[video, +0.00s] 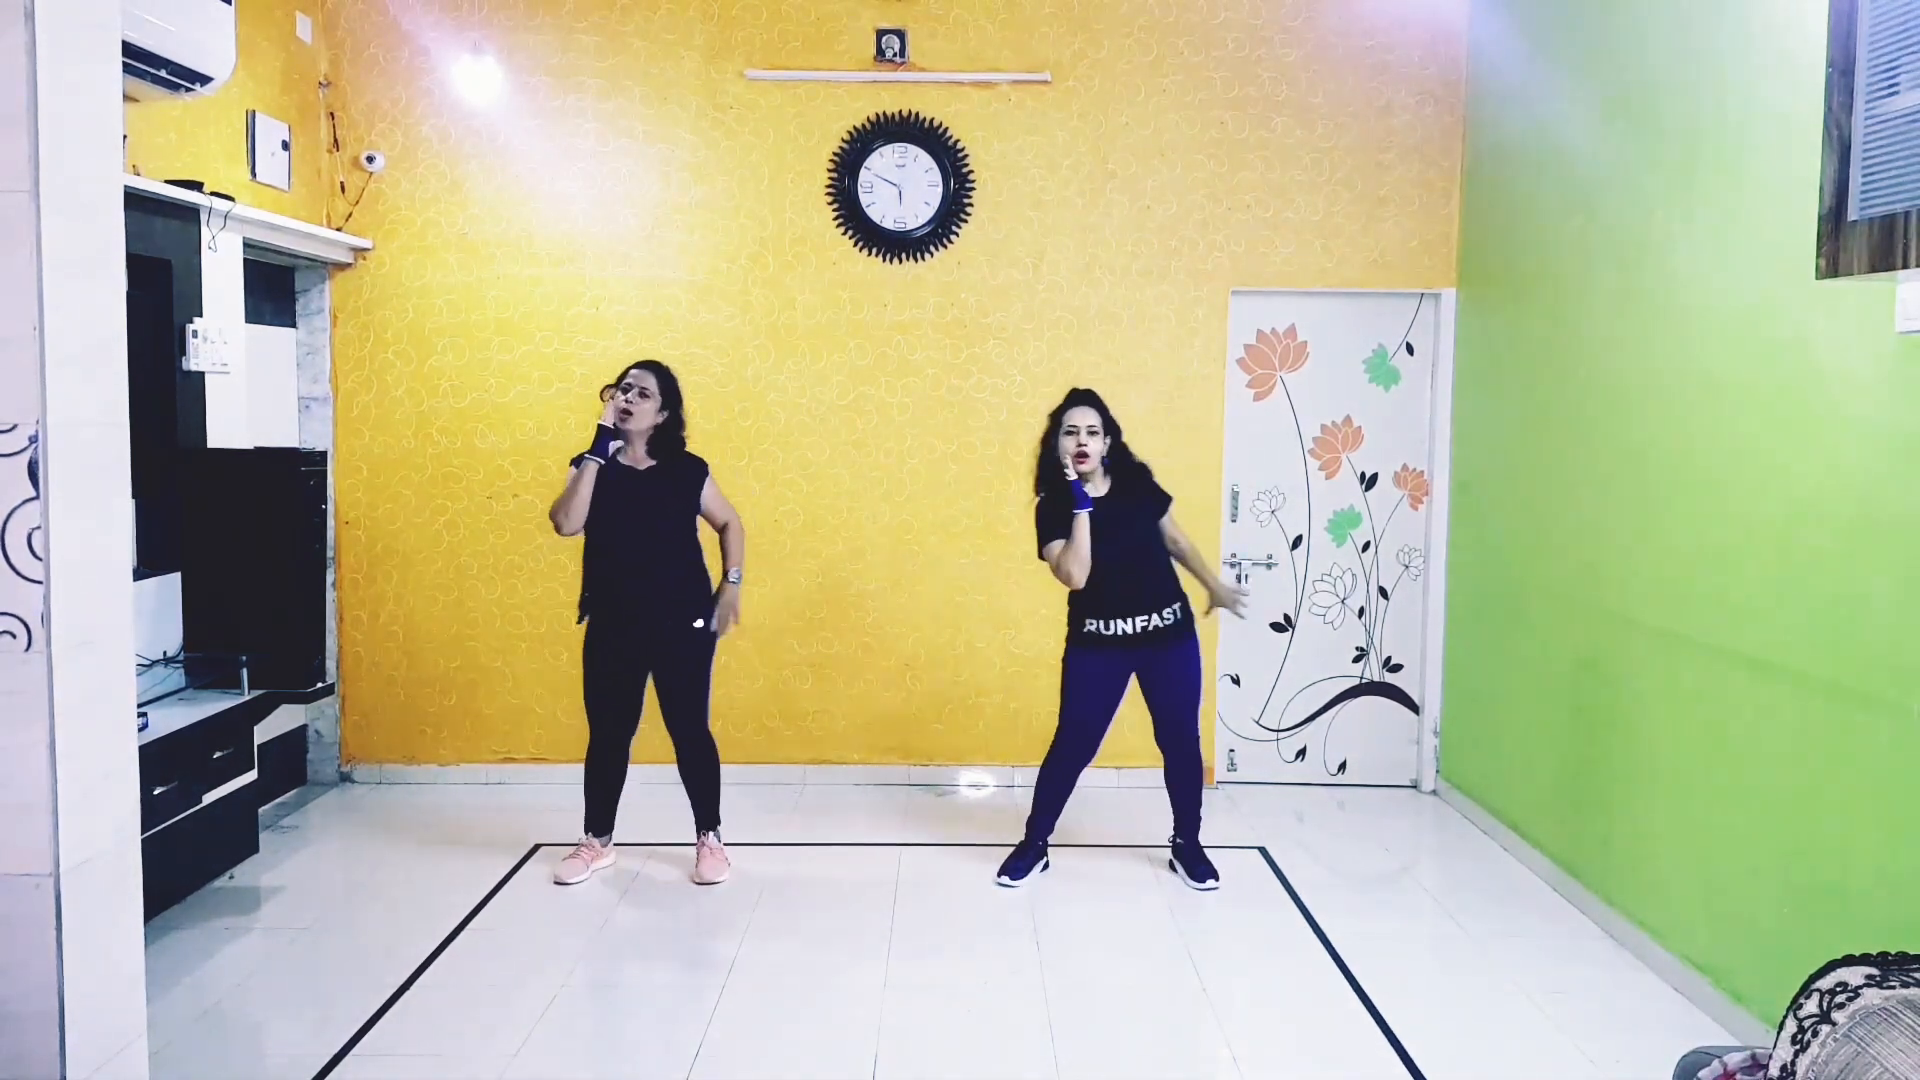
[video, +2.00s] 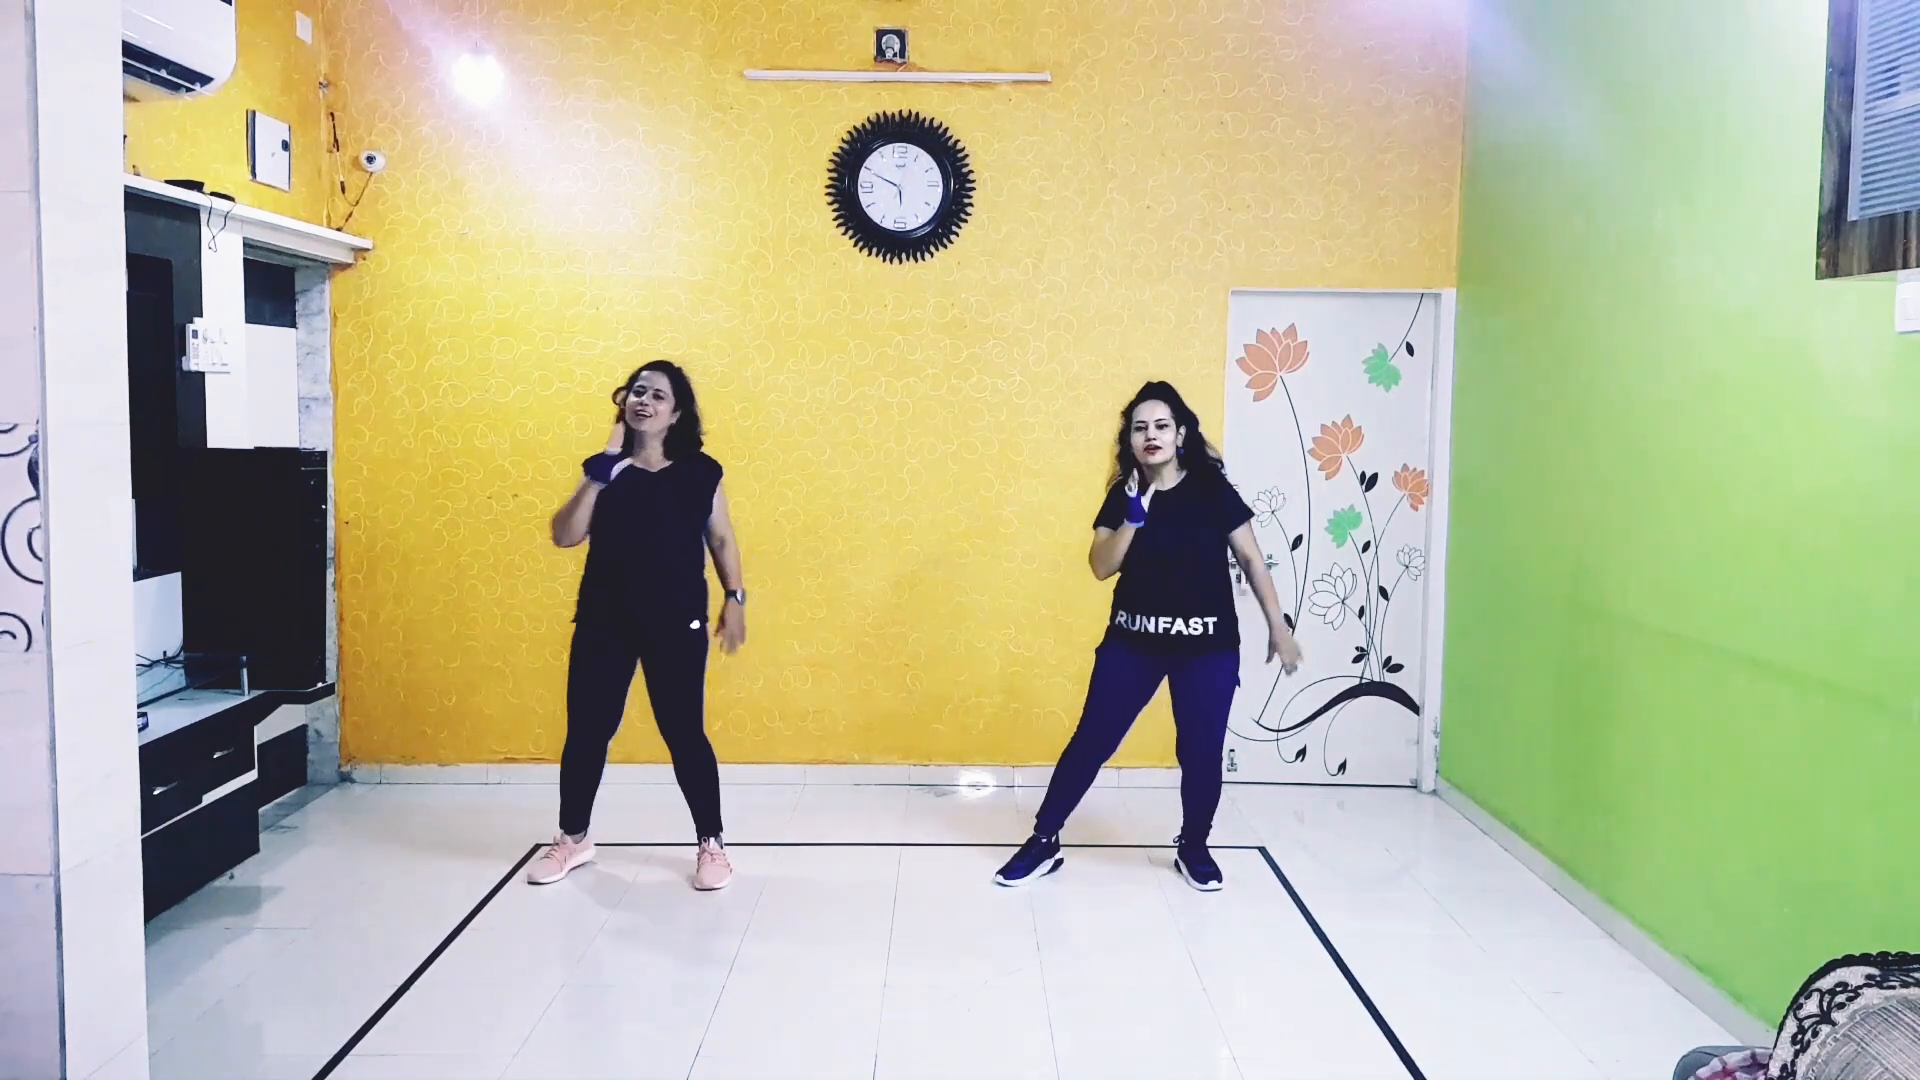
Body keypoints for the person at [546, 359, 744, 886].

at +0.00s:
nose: (625, 397)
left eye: (641, 393)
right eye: (623, 389)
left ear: (664, 413)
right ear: (612, 399)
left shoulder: (686, 471)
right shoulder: (592, 467)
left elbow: (729, 522)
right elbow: (567, 523)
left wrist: (732, 584)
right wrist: (596, 451)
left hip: (681, 624)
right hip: (612, 624)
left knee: (690, 731)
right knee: (607, 735)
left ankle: (709, 839)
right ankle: (596, 842)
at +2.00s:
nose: (641, 400)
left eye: (655, 395)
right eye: (635, 392)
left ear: (677, 412)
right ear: (622, 404)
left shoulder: (700, 474)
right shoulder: (606, 469)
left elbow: (721, 539)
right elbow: (566, 535)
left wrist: (735, 598)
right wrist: (601, 471)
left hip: (675, 625)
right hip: (604, 622)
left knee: (684, 734)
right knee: (585, 731)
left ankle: (710, 845)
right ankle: (572, 837)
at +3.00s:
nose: (657, 417)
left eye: (670, 411)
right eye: (648, 408)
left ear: (685, 424)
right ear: (632, 417)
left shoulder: (706, 482)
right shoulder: (607, 483)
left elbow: (731, 543)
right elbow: (599, 545)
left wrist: (760, 550)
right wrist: (568, 559)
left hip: (703, 628)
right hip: (637, 628)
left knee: (705, 734)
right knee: (600, 733)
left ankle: (718, 844)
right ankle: (611, 844)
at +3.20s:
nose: (645, 402)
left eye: (658, 396)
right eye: (636, 393)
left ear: (677, 409)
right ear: (623, 404)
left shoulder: (705, 461)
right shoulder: (611, 476)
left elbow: (745, 520)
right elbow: (619, 546)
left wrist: (757, 528)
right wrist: (577, 573)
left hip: (692, 617)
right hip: (623, 616)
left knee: (698, 728)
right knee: (583, 722)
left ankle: (718, 841)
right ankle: (579, 830)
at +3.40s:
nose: (624, 403)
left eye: (637, 398)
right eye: (616, 393)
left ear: (655, 411)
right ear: (600, 403)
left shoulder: (680, 464)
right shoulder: (585, 476)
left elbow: (714, 520)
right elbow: (577, 550)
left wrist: (726, 528)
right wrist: (522, 572)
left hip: (662, 623)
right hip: (592, 623)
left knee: (679, 734)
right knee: (586, 735)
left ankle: (713, 841)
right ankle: (580, 843)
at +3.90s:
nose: (615, 400)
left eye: (629, 396)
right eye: (609, 390)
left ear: (646, 411)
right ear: (593, 398)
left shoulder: (662, 471)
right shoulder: (563, 466)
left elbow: (677, 535)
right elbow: (535, 533)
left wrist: (706, 553)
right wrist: (478, 551)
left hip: (657, 617)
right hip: (585, 619)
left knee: (689, 723)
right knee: (583, 731)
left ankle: (722, 832)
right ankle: (579, 844)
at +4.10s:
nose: (635, 408)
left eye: (649, 402)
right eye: (628, 399)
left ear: (670, 417)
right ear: (615, 410)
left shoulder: (693, 476)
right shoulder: (595, 480)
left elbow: (721, 538)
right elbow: (586, 550)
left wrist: (754, 548)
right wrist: (539, 582)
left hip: (700, 623)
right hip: (632, 627)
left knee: (714, 730)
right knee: (602, 736)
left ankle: (738, 844)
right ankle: (581, 844)